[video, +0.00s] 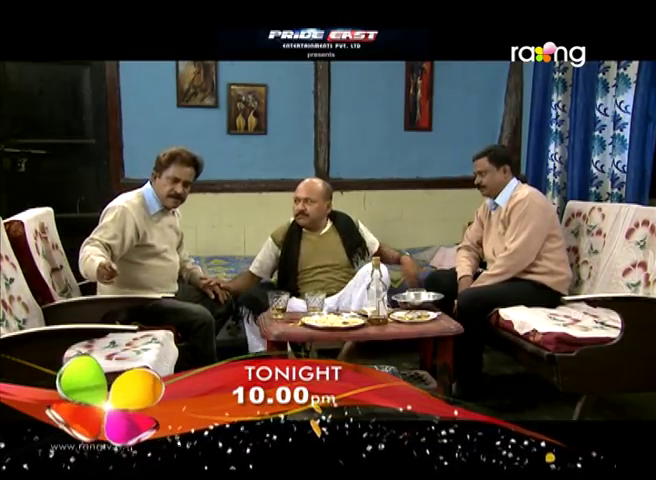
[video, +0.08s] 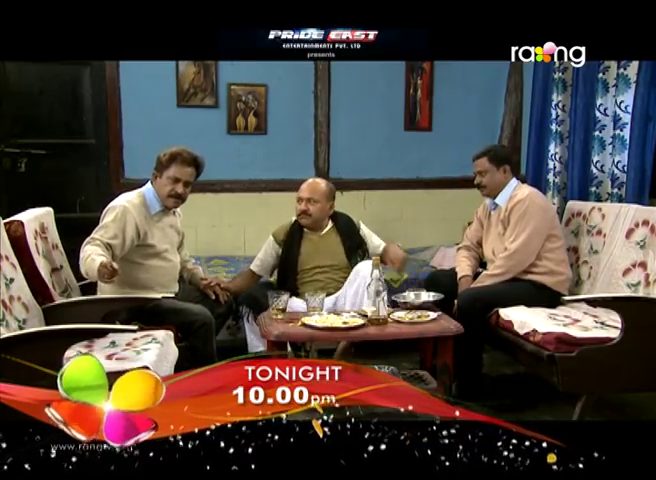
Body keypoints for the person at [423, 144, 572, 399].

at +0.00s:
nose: (477, 181)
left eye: (482, 174)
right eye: (475, 176)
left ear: (505, 171)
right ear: (500, 173)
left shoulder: (530, 201)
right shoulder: (489, 206)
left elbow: (515, 259)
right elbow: (469, 246)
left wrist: (472, 291)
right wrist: (464, 279)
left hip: (541, 285)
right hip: (505, 277)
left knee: (468, 303)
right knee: (437, 281)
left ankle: (467, 385)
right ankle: (437, 369)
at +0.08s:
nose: (477, 181)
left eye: (482, 174)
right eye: (475, 176)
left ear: (505, 171)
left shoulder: (529, 201)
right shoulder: (488, 206)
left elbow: (515, 259)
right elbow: (469, 246)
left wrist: (473, 291)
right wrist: (464, 279)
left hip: (541, 285)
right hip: (505, 277)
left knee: (468, 303)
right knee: (437, 281)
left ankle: (467, 385)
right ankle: (436, 369)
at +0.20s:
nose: (476, 182)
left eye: (481, 174)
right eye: (475, 176)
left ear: (504, 172)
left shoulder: (529, 201)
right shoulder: (487, 207)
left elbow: (516, 258)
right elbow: (469, 246)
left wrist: (474, 289)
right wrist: (464, 278)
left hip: (542, 285)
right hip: (505, 278)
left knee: (469, 302)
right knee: (438, 280)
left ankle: (466, 384)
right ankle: (438, 367)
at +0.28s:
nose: (476, 182)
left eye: (481, 175)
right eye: (474, 177)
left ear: (504, 172)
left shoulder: (529, 201)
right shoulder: (487, 207)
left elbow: (516, 258)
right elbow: (468, 246)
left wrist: (473, 290)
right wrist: (464, 279)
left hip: (542, 285)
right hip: (504, 277)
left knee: (469, 302)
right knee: (438, 280)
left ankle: (466, 384)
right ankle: (437, 366)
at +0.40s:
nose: (475, 182)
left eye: (481, 175)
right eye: (474, 176)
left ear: (504, 172)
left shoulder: (529, 201)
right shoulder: (486, 207)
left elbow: (516, 258)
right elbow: (468, 246)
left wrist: (473, 290)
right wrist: (464, 279)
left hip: (541, 285)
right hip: (503, 277)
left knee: (469, 302)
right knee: (438, 280)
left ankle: (467, 384)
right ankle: (436, 366)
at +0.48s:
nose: (475, 182)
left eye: (481, 175)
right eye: (474, 176)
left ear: (504, 172)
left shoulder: (529, 201)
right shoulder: (487, 206)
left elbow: (515, 258)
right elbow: (469, 246)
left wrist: (473, 290)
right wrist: (464, 279)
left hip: (541, 285)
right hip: (504, 277)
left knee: (469, 302)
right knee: (438, 280)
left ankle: (467, 384)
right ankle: (437, 366)